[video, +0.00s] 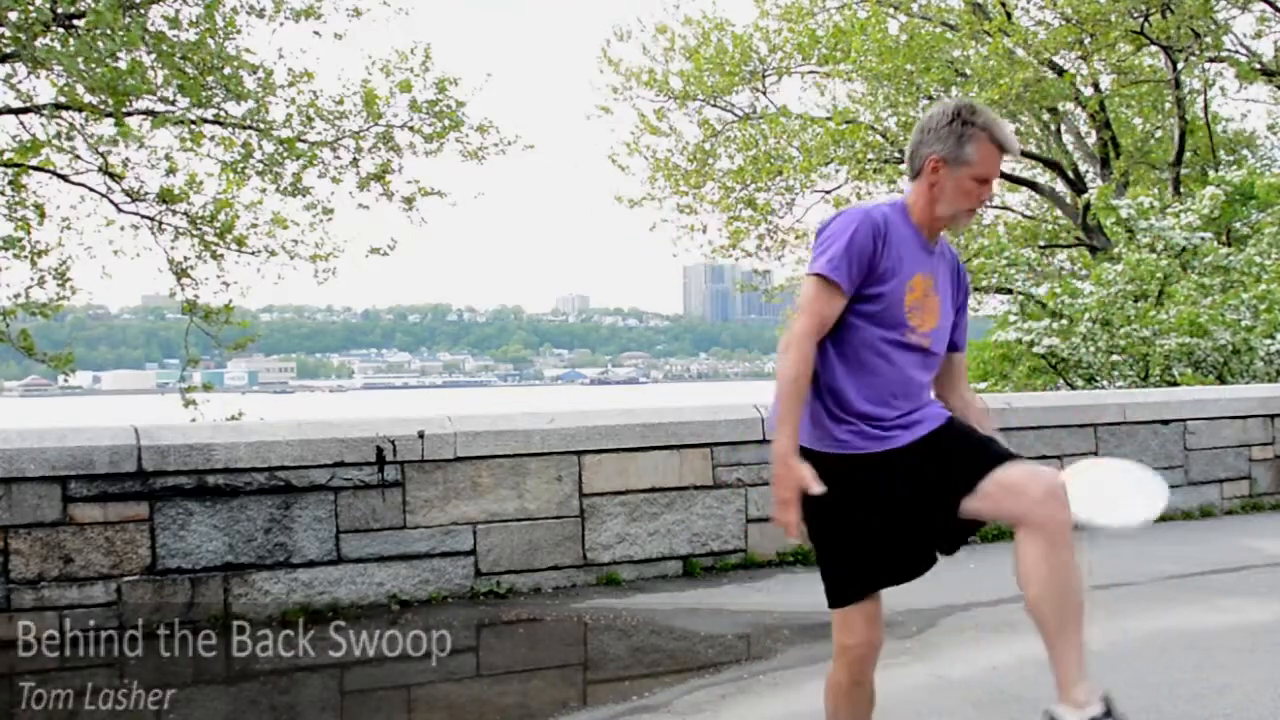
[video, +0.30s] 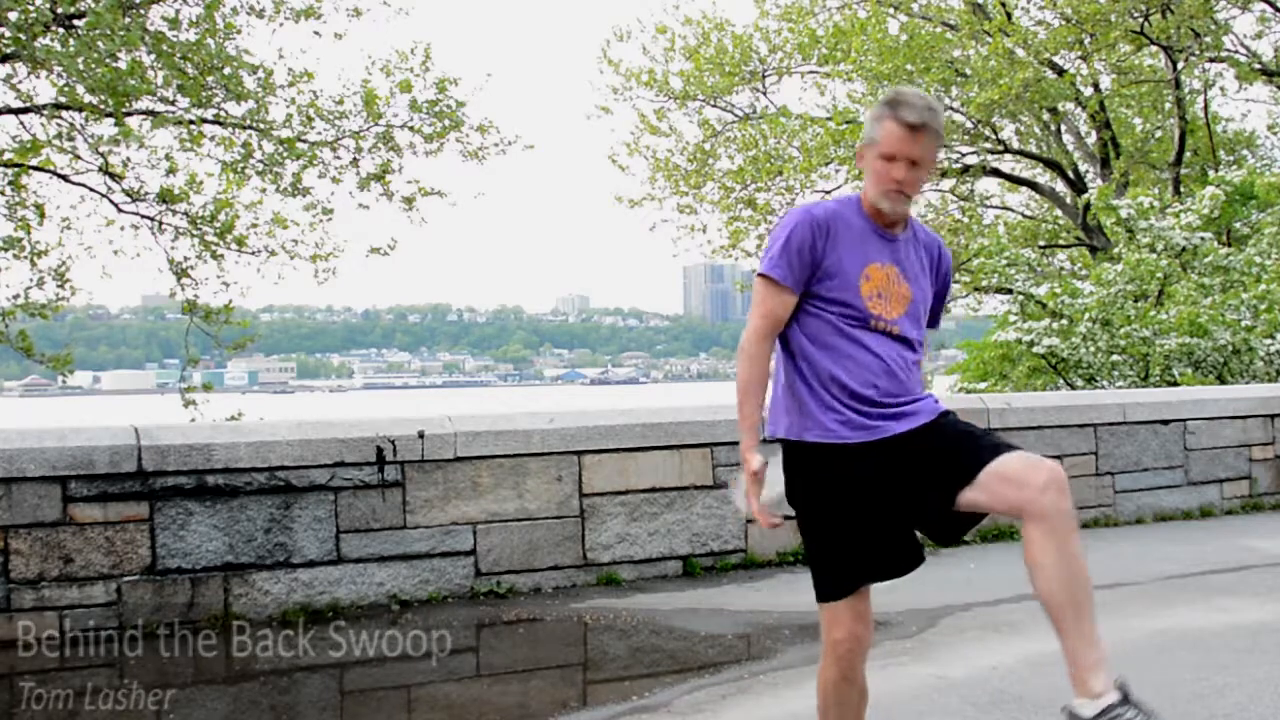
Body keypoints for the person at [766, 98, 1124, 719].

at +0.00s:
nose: (988, 197)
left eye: (993, 184)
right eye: (980, 180)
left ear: (942, 175)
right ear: (934, 170)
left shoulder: (950, 273)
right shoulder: (863, 228)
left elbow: (953, 389)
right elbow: (800, 338)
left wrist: (1009, 479)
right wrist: (783, 454)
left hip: (920, 441)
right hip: (840, 457)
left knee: (1044, 497)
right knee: (858, 646)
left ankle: (1076, 701)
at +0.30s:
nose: (900, 176)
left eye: (915, 164)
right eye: (888, 158)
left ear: (930, 169)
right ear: (862, 153)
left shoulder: (932, 255)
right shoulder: (810, 227)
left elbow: (909, 357)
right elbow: (757, 338)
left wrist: (922, 430)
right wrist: (750, 450)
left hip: (912, 435)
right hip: (825, 450)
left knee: (1042, 485)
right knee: (846, 639)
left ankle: (1095, 695)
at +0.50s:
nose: (838, 128)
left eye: (855, 117)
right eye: (835, 116)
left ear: (901, 134)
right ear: (833, 125)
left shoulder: (940, 221)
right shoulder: (800, 206)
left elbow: (908, 319)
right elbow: (780, 324)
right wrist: (832, 434)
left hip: (929, 427)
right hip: (835, 434)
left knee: (1012, 571)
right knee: (846, 625)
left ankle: (1029, 715)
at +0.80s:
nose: (818, 119)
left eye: (834, 108)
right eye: (823, 107)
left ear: (877, 128)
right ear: (861, 128)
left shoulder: (934, 209)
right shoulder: (792, 215)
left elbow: (974, 322)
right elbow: (774, 326)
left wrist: (890, 337)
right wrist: (787, 409)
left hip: (922, 447)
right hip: (829, 451)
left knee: (954, 615)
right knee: (806, 618)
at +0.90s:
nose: (799, 130)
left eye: (813, 119)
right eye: (804, 118)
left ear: (855, 137)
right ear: (845, 137)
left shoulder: (898, 210)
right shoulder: (786, 222)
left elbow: (878, 325)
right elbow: (771, 325)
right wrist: (755, 406)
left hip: (899, 446)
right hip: (811, 450)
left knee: (926, 631)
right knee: (790, 624)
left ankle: (975, 715)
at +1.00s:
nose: (775, 145)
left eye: (788, 133)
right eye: (779, 132)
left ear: (830, 148)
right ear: (820, 149)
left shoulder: (853, 223)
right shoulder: (785, 231)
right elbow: (783, 344)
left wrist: (680, 234)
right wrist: (733, 409)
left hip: (864, 448)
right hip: (799, 452)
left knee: (842, 640)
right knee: (778, 626)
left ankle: (938, 711)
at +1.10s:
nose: (745, 151)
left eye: (756, 138)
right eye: (746, 138)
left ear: (797, 147)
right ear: (795, 150)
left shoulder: (802, 225)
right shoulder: (815, 228)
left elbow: (693, 306)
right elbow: (803, 352)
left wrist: (605, 231)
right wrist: (733, 405)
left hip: (828, 449)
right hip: (825, 448)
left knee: (750, 619)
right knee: (783, 623)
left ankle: (846, 713)